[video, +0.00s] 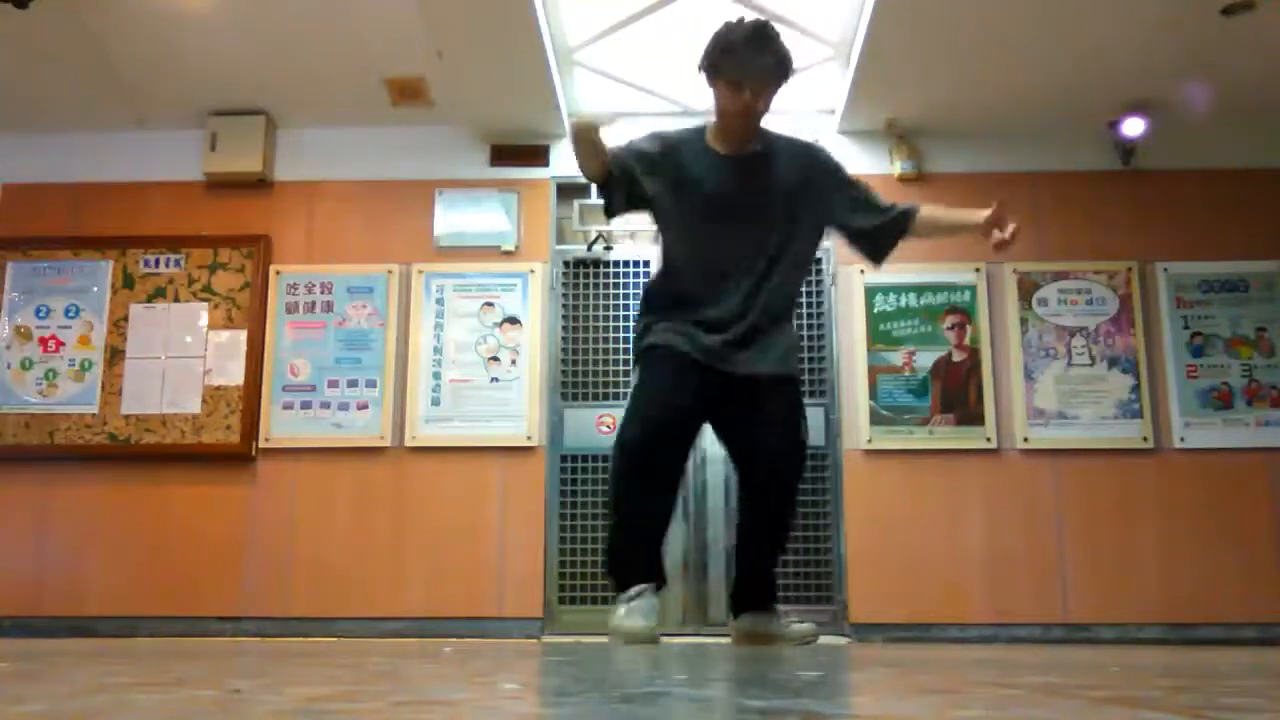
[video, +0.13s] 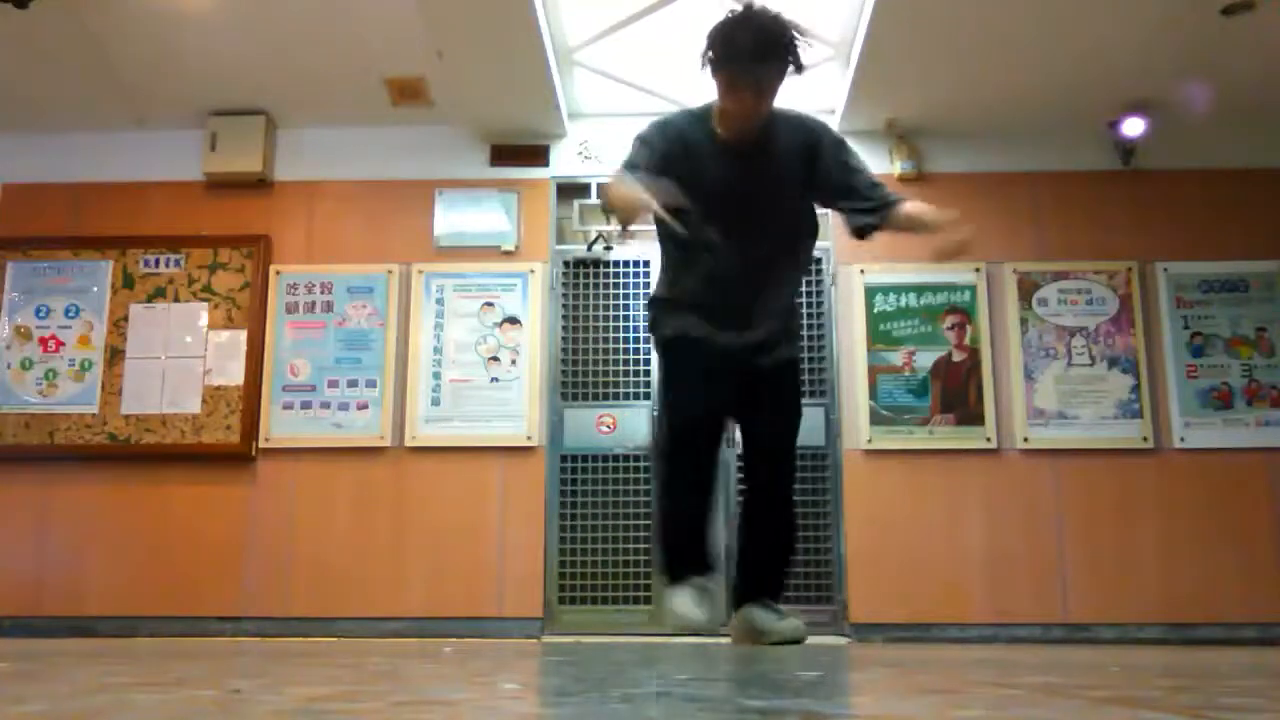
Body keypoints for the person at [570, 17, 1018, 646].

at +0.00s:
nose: (749, 102)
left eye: (762, 88)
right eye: (737, 86)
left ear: (776, 90)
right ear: (711, 82)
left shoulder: (805, 166)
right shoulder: (671, 155)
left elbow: (887, 219)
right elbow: (603, 174)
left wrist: (978, 221)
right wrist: (585, 135)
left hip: (762, 350)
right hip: (679, 343)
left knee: (776, 467)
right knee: (644, 446)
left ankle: (753, 610)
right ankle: (638, 590)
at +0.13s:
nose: (746, 106)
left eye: (760, 93)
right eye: (736, 91)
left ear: (779, 84)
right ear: (714, 76)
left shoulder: (806, 143)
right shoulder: (673, 138)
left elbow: (877, 205)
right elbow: (615, 190)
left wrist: (934, 219)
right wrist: (639, 198)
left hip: (771, 331)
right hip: (691, 327)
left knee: (771, 468)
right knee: (687, 450)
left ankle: (757, 602)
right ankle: (685, 584)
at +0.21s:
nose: (746, 112)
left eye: (759, 100)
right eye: (735, 98)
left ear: (780, 88)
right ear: (715, 82)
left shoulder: (808, 141)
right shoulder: (677, 142)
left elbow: (861, 225)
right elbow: (641, 227)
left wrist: (859, 258)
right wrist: (683, 268)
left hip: (776, 335)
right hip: (698, 336)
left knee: (774, 463)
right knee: (709, 457)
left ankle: (762, 602)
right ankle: (717, 594)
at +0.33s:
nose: (741, 127)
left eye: (756, 115)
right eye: (730, 112)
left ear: (779, 106)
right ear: (714, 99)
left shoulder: (808, 152)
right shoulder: (679, 158)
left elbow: (820, 248)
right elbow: (672, 263)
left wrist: (803, 314)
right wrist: (707, 333)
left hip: (780, 316)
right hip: (697, 315)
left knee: (777, 459)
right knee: (691, 432)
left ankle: (760, 603)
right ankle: (672, 588)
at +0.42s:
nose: (735, 139)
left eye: (749, 126)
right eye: (726, 123)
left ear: (774, 118)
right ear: (709, 111)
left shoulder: (809, 164)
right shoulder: (679, 165)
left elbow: (848, 263)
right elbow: (636, 263)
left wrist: (866, 328)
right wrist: (656, 305)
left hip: (777, 352)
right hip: (697, 343)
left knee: (778, 479)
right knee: (647, 446)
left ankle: (757, 607)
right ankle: (612, 579)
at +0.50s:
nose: (736, 147)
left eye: (750, 134)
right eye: (726, 131)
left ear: (773, 123)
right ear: (708, 117)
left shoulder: (807, 178)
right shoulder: (676, 175)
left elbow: (863, 247)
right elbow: (612, 228)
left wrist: (932, 305)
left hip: (775, 362)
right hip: (692, 355)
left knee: (778, 484)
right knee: (626, 458)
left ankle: (756, 609)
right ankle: (565, 586)